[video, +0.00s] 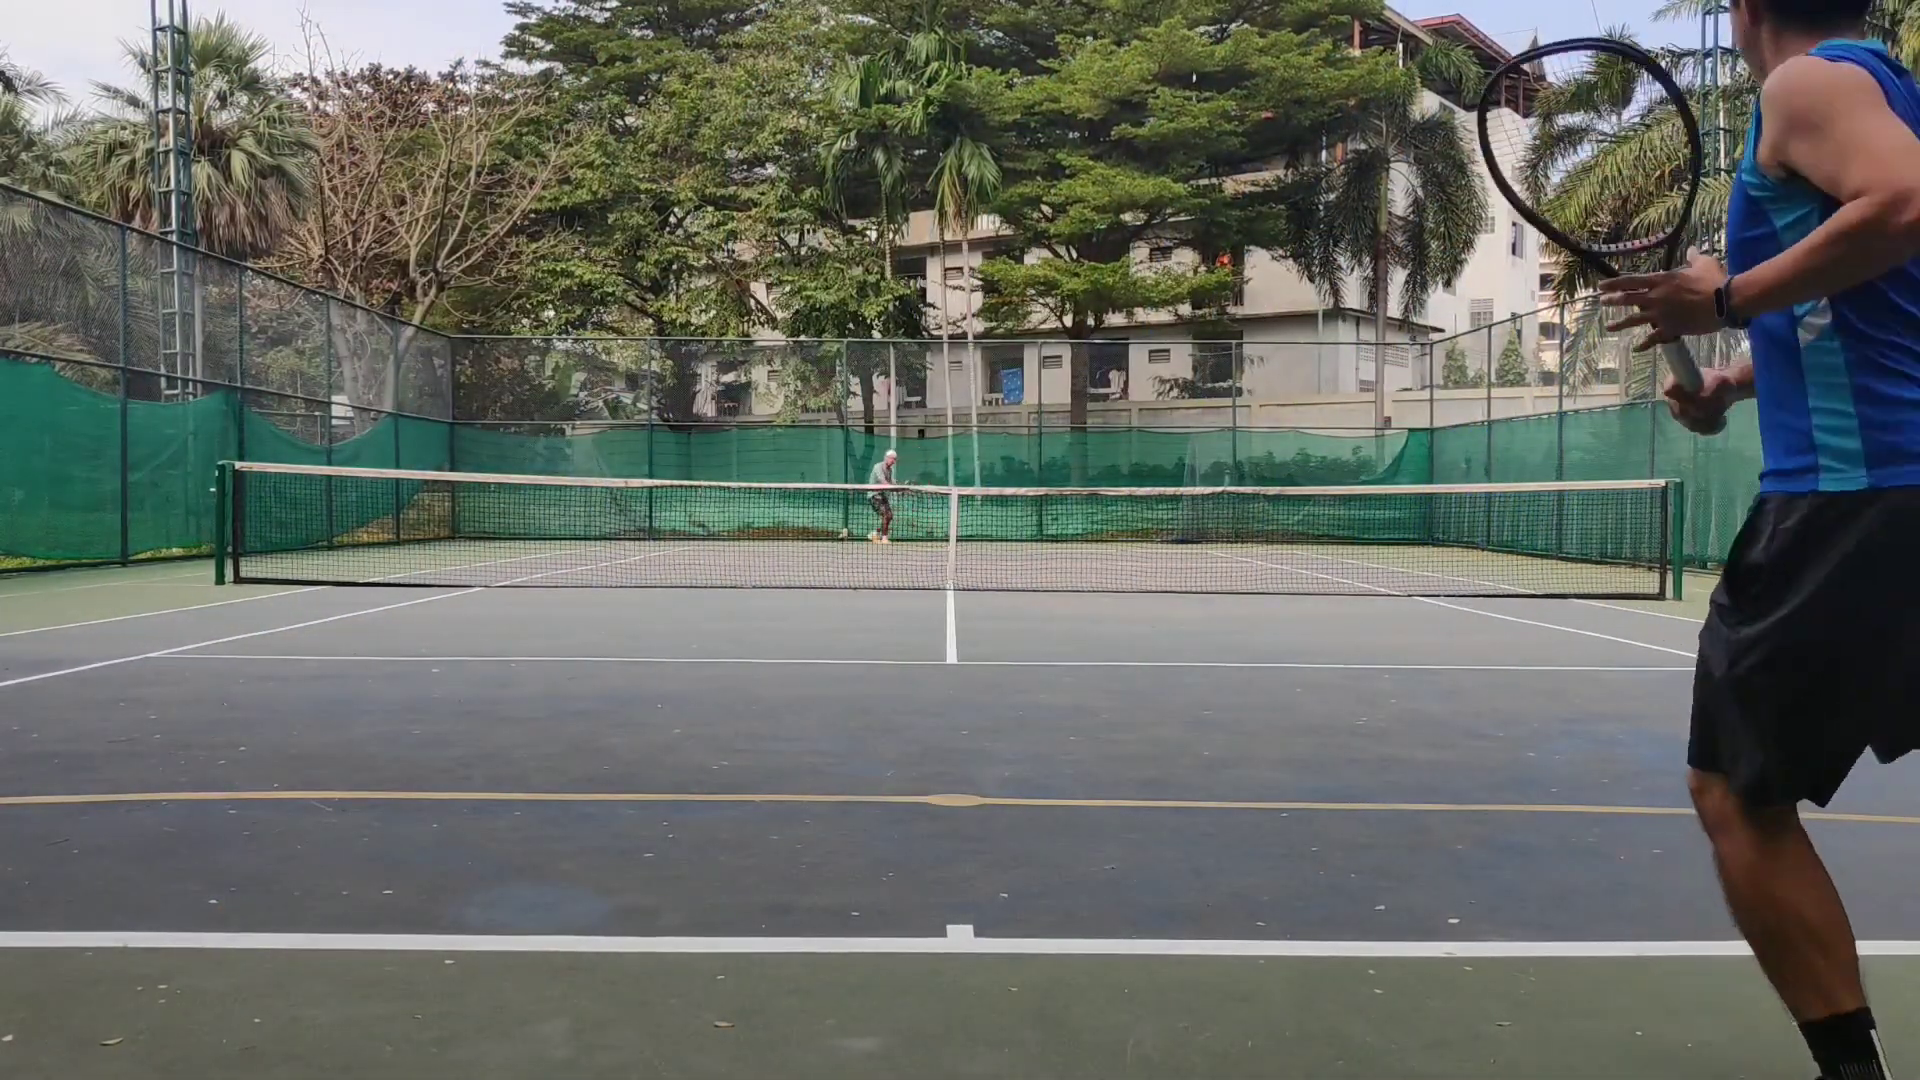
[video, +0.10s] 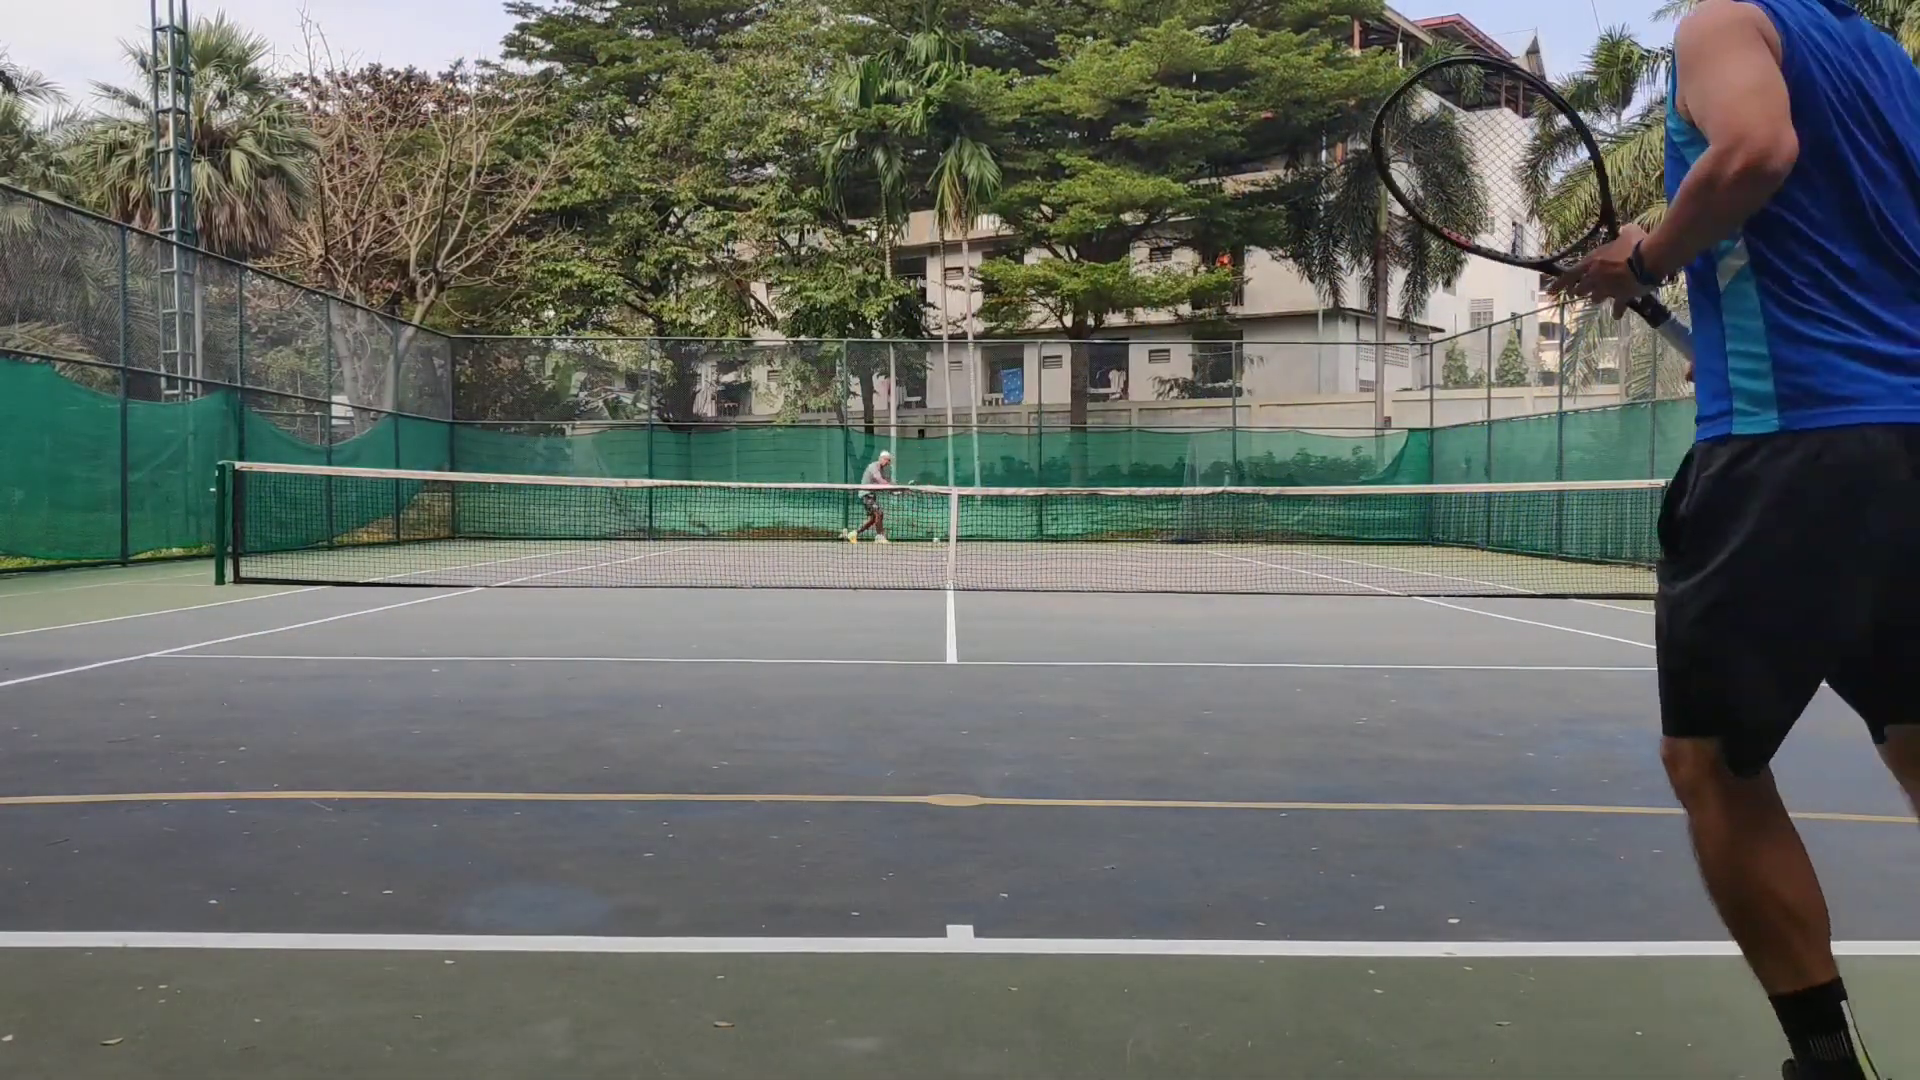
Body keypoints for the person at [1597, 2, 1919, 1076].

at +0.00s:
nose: (1732, 29)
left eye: (1732, 15)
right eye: (1736, 17)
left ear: (1752, 13)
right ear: (1849, 12)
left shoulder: (1807, 82)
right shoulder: (1881, 84)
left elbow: (1896, 196)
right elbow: (1864, 311)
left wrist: (1730, 297)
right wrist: (1732, 379)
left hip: (1847, 505)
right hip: (1882, 497)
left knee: (1737, 793)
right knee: (1745, 789)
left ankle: (1855, 1070)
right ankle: (1854, 1065)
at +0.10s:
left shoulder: (1727, 20)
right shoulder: (1892, 64)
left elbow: (1758, 148)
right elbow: (1866, 245)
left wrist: (1640, 256)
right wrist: (1650, 258)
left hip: (1777, 455)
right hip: (1905, 447)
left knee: (1715, 760)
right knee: (1915, 743)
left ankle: (1826, 1055)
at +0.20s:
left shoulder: (1661, 19)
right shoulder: (1885, 59)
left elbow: (1650, 169)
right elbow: (1912, 265)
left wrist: (1588, 268)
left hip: (1723, 442)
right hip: (1889, 446)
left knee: (1606, 733)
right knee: (1841, 742)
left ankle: (1708, 1040)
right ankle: (1915, 1035)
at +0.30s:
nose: (1602, 21)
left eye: (1602, 11)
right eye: (1608, 13)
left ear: (1624, 1)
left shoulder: (1598, 80)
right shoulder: (1844, 101)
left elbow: (1579, 249)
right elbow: (1907, 286)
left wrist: (1544, 335)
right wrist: (1821, 376)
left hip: (1646, 501)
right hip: (1826, 512)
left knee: (1470, 750)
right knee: (1810, 806)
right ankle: (1908, 1062)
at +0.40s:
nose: (1528, 34)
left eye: (1529, 23)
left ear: (1546, 19)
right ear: (1658, 21)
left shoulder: (1506, 124)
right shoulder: (1769, 143)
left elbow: (1474, 303)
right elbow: (1834, 329)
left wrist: (1472, 378)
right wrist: (1740, 427)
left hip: (1552, 547)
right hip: (1741, 559)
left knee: (1356, 780)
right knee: (1772, 819)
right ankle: (1899, 1064)